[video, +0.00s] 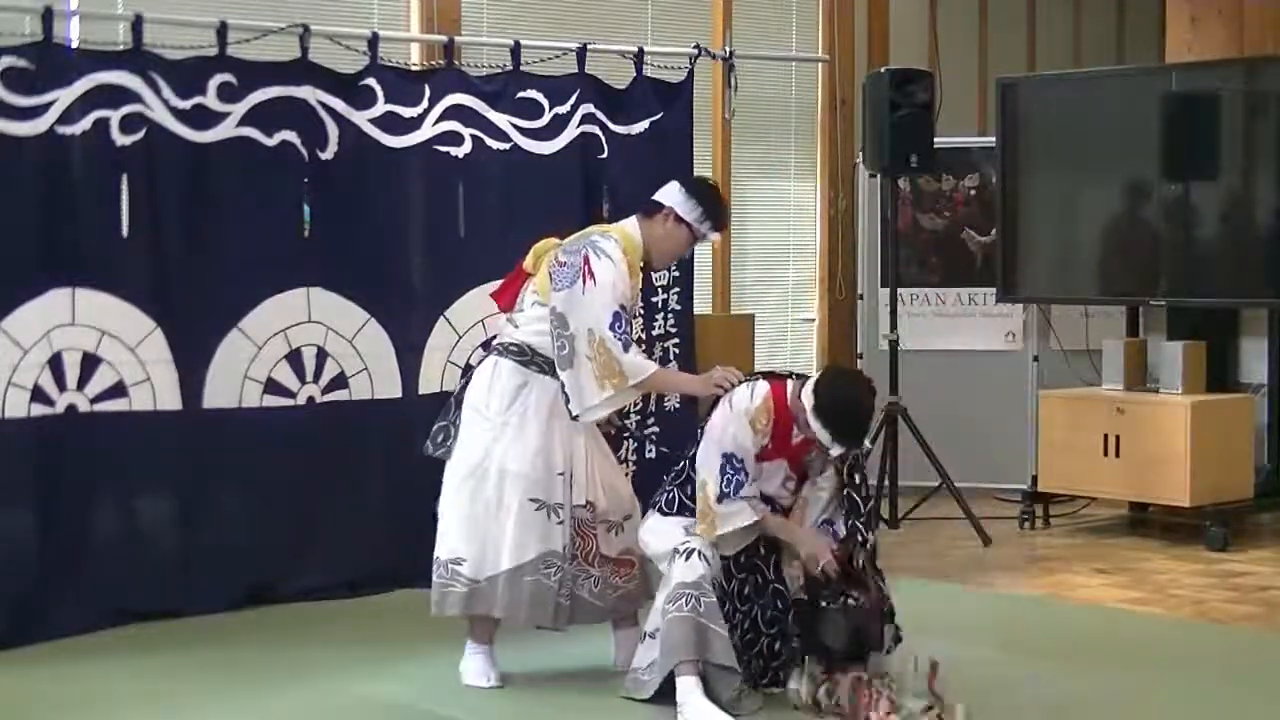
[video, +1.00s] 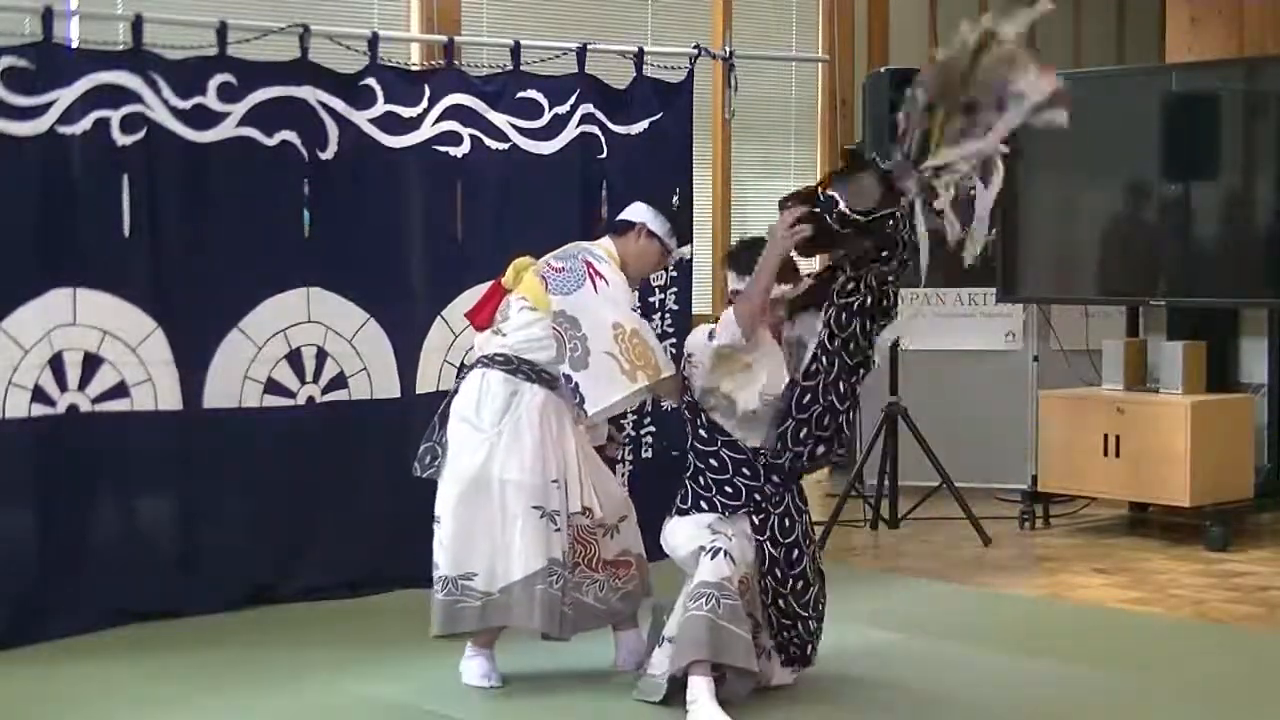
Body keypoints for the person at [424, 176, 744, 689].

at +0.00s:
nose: (688, 254)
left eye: (695, 244)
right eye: (691, 240)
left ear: (666, 220)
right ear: (667, 219)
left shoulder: (618, 262)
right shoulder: (598, 258)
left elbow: (600, 358)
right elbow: (613, 359)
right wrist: (695, 384)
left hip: (558, 399)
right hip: (513, 391)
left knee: (615, 508)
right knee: (498, 513)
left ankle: (630, 648)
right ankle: (479, 649)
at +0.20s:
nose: (684, 255)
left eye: (691, 246)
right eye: (687, 241)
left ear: (661, 222)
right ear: (662, 219)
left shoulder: (615, 264)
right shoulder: (595, 260)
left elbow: (591, 357)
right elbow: (614, 358)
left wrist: (598, 409)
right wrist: (699, 379)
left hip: (554, 401)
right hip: (513, 392)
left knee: (613, 509)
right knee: (505, 516)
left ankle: (630, 645)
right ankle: (479, 648)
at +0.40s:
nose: (682, 254)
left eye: (689, 245)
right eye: (685, 240)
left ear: (658, 222)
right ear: (660, 219)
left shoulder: (613, 263)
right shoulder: (595, 257)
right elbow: (607, 352)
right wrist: (695, 377)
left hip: (553, 398)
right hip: (512, 390)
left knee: (612, 510)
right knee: (506, 514)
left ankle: (631, 648)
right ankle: (479, 651)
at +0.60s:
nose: (679, 256)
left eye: (685, 248)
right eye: (681, 243)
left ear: (656, 224)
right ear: (656, 221)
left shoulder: (609, 261)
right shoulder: (597, 254)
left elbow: (580, 351)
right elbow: (623, 346)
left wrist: (599, 411)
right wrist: (692, 385)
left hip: (547, 397)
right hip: (510, 390)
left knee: (613, 507)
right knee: (505, 517)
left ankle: (632, 645)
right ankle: (478, 651)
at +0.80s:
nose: (668, 265)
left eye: (674, 257)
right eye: (672, 251)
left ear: (645, 228)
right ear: (650, 228)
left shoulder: (581, 254)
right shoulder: (600, 260)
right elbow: (627, 334)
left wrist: (600, 417)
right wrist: (675, 381)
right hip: (519, 393)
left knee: (611, 505)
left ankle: (631, 641)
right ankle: (480, 650)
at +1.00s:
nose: (659, 270)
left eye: (665, 262)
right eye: (661, 256)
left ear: (635, 235)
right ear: (639, 234)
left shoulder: (576, 261)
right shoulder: (598, 272)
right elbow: (631, 345)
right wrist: (672, 385)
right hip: (509, 395)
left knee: (609, 509)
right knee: (498, 522)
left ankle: (630, 642)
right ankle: (480, 650)